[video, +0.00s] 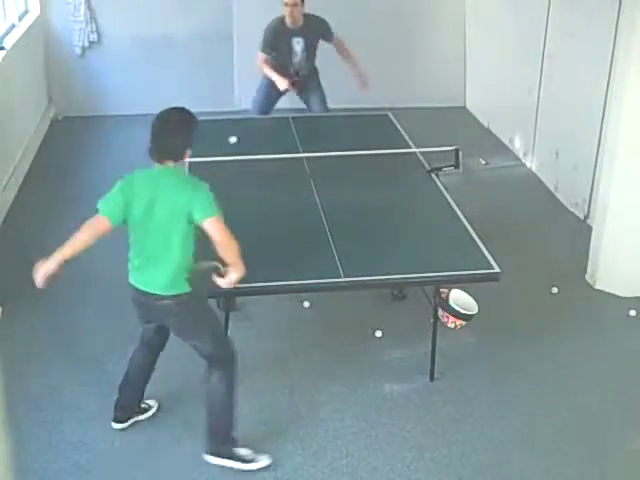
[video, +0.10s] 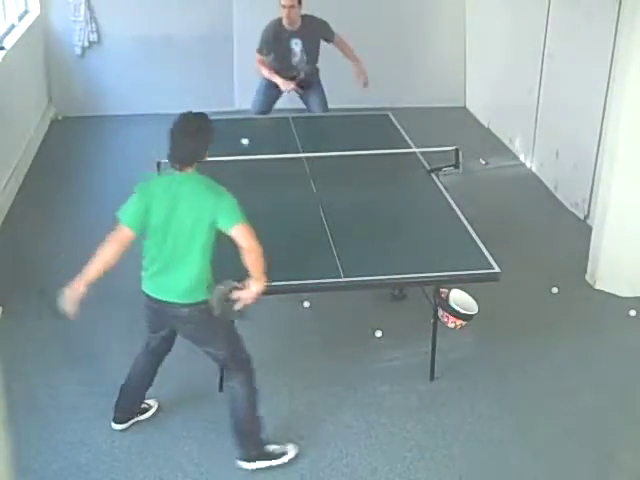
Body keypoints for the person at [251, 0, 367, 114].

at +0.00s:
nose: (290, 11)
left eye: (295, 6)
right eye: (287, 6)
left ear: (303, 7)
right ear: (283, 8)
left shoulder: (317, 24)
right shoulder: (274, 28)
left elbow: (339, 46)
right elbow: (262, 62)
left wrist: (358, 73)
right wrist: (278, 80)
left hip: (307, 77)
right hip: (277, 76)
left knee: (322, 115)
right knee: (257, 113)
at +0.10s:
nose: (287, 12)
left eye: (292, 7)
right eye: (283, 7)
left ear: (300, 8)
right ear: (280, 8)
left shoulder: (316, 25)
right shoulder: (272, 29)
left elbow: (338, 42)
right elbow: (260, 64)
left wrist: (357, 64)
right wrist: (280, 82)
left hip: (307, 77)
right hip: (276, 77)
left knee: (322, 116)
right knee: (257, 113)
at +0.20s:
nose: (281, 14)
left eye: (285, 9)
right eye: (277, 9)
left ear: (294, 8)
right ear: (273, 9)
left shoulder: (309, 25)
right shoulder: (266, 30)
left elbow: (333, 43)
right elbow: (251, 66)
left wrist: (354, 66)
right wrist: (271, 85)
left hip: (302, 79)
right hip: (271, 79)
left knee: (319, 116)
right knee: (257, 118)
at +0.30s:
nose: (275, 17)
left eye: (280, 12)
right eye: (272, 12)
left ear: (287, 11)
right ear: (267, 10)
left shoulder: (299, 26)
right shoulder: (258, 32)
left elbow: (322, 43)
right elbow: (235, 69)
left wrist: (344, 66)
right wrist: (261, 88)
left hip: (292, 83)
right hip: (262, 83)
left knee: (311, 118)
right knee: (253, 123)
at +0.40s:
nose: (272, 16)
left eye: (276, 11)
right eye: (268, 11)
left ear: (281, 11)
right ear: (261, 10)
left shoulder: (287, 28)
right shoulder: (251, 32)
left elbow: (303, 45)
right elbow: (232, 63)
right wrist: (257, 79)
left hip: (276, 79)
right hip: (251, 81)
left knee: (298, 116)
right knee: (250, 122)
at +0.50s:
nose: (267, 10)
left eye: (271, 6)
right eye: (263, 6)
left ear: (274, 8)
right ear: (256, 6)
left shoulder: (274, 26)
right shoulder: (247, 27)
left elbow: (283, 44)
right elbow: (245, 53)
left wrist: (307, 55)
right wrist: (264, 68)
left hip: (260, 81)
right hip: (235, 82)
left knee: (281, 109)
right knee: (243, 112)